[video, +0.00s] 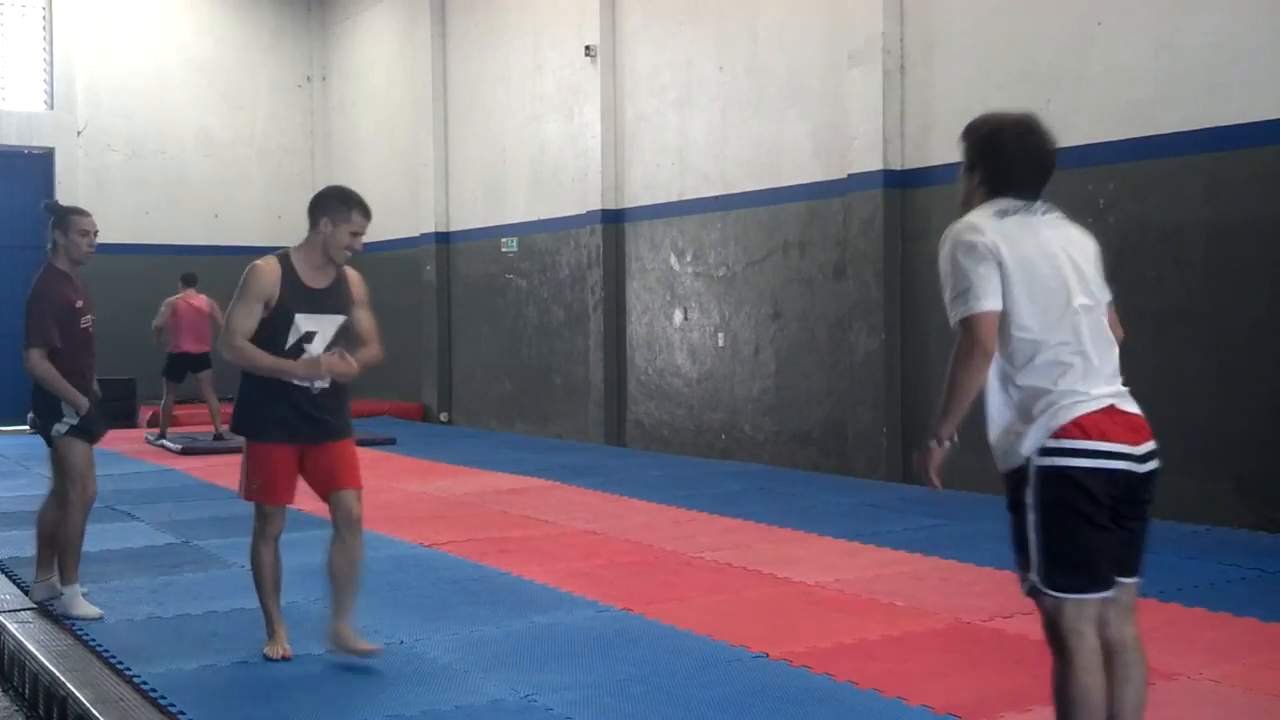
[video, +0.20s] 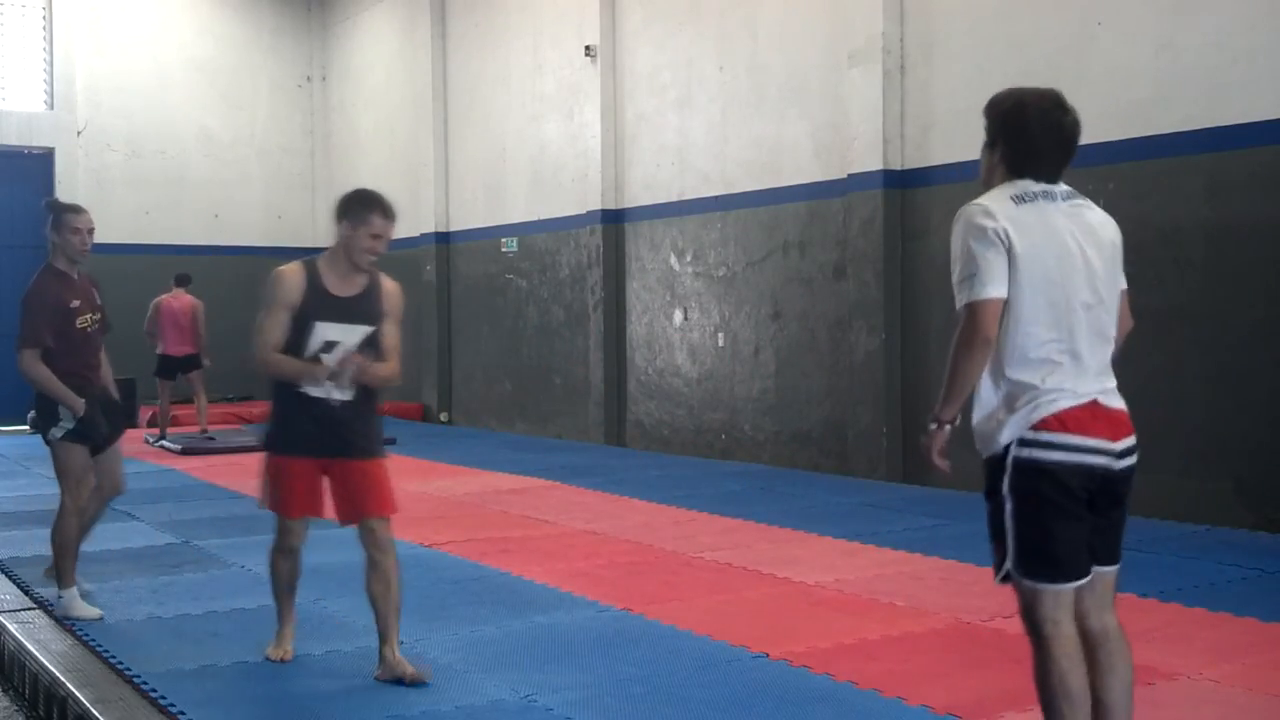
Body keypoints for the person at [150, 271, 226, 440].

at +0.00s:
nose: (180, 288)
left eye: (180, 285)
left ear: (181, 285)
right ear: (196, 285)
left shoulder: (172, 302)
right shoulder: (208, 302)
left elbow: (158, 324)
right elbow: (221, 324)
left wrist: (157, 341)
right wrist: (224, 341)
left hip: (178, 355)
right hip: (202, 355)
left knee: (169, 396)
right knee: (209, 393)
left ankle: (162, 433)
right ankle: (218, 431)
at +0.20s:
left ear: (173, 284)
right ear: (188, 286)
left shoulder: (158, 302)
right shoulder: (196, 303)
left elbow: (148, 328)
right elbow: (201, 332)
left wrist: (156, 343)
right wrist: (204, 355)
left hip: (166, 356)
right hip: (190, 356)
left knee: (164, 397)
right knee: (199, 393)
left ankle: (162, 434)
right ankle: (203, 429)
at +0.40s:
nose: (191, 293)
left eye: (192, 289)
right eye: (191, 289)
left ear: (176, 285)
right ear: (185, 287)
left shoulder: (157, 299)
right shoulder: (181, 304)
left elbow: (146, 322)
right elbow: (183, 333)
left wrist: (155, 338)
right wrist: (196, 350)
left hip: (160, 355)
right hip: (180, 354)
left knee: (162, 394)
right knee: (201, 386)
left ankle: (160, 432)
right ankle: (189, 426)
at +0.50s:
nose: (190, 293)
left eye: (191, 289)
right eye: (189, 289)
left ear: (177, 287)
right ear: (181, 287)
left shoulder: (163, 299)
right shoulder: (174, 304)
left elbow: (156, 324)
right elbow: (171, 331)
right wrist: (189, 349)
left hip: (161, 354)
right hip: (178, 354)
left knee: (163, 391)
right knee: (199, 386)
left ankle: (156, 432)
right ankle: (184, 426)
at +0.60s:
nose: (190, 292)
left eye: (190, 289)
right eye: (188, 289)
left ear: (183, 289)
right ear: (178, 288)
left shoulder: (183, 303)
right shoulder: (169, 305)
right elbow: (165, 334)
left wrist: (189, 350)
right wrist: (183, 352)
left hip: (180, 354)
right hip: (171, 355)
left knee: (166, 394)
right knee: (193, 390)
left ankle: (153, 427)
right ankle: (181, 428)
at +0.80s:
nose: (190, 290)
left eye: (191, 287)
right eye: (186, 287)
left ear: (194, 288)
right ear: (177, 290)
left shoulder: (193, 304)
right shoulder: (175, 308)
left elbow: (195, 326)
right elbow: (173, 337)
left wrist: (204, 338)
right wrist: (183, 357)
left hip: (196, 358)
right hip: (182, 358)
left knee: (189, 395)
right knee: (181, 396)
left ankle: (179, 429)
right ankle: (177, 430)